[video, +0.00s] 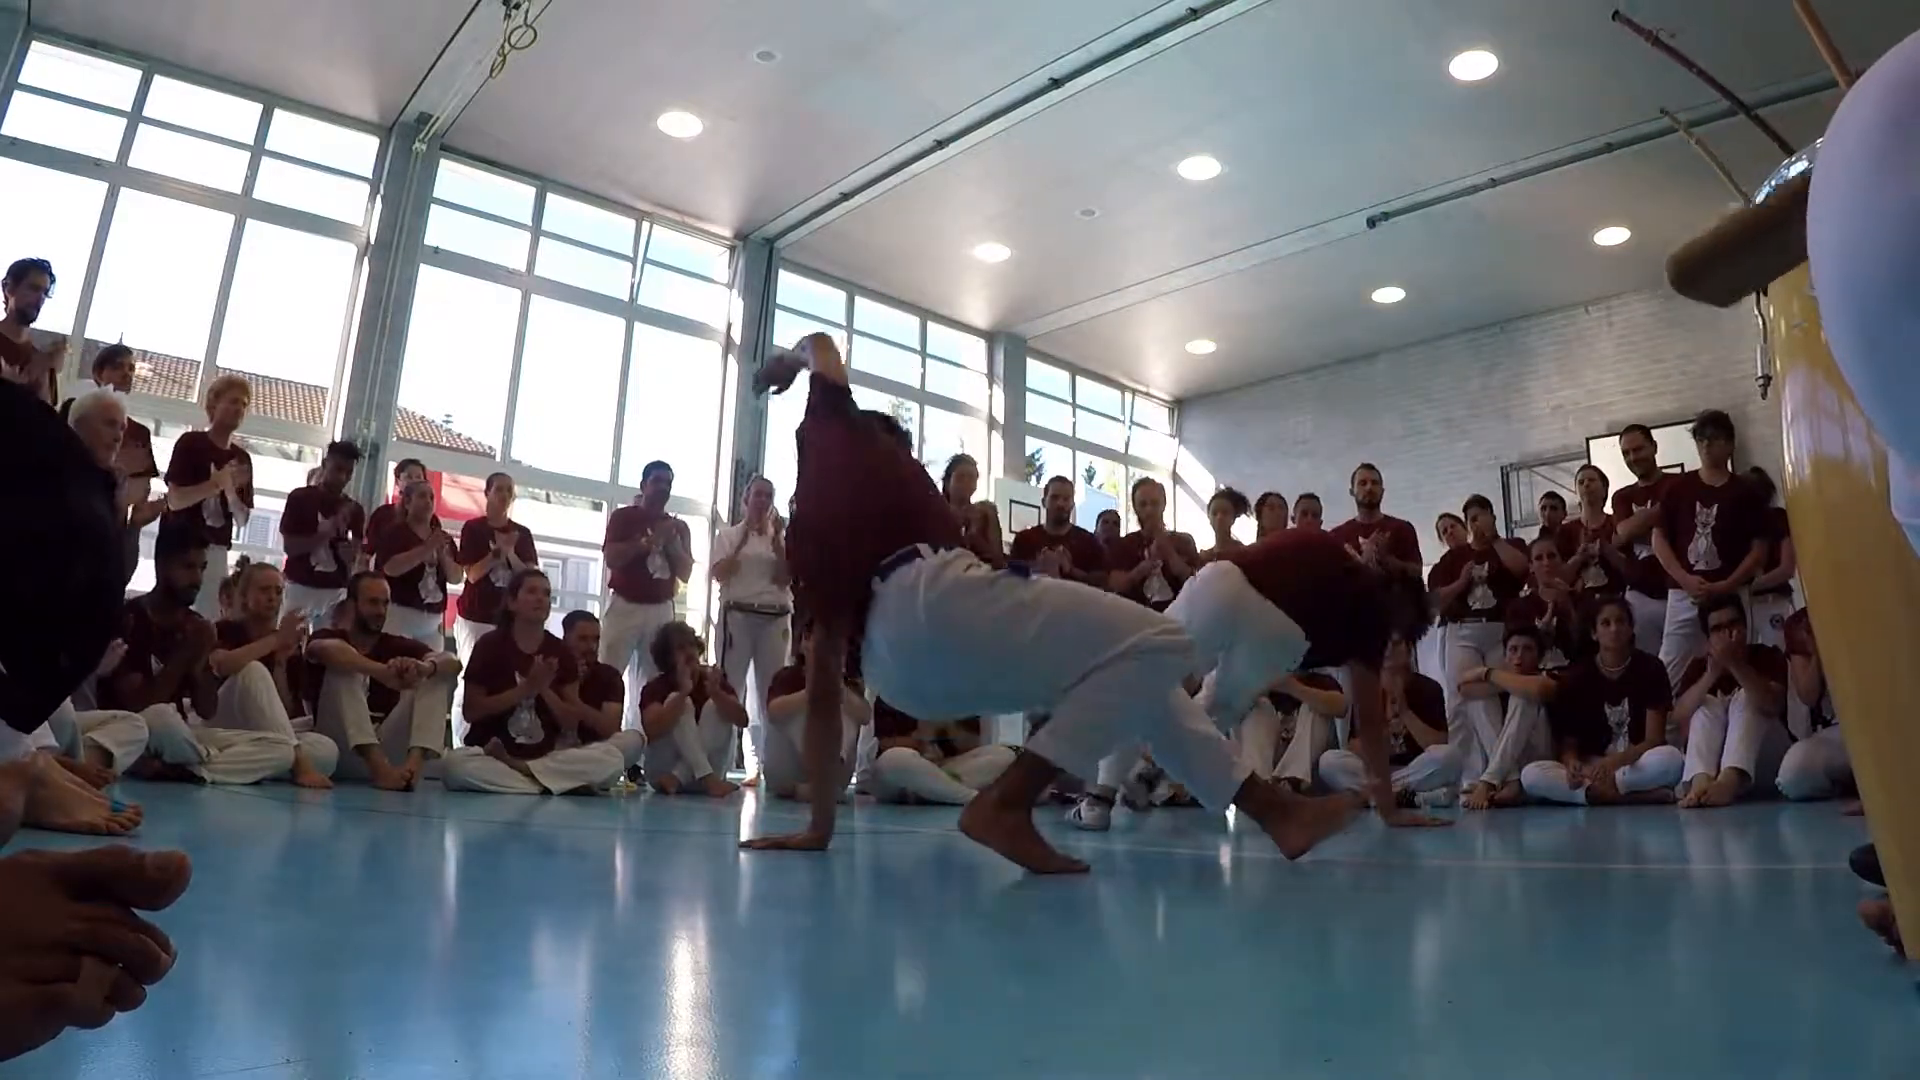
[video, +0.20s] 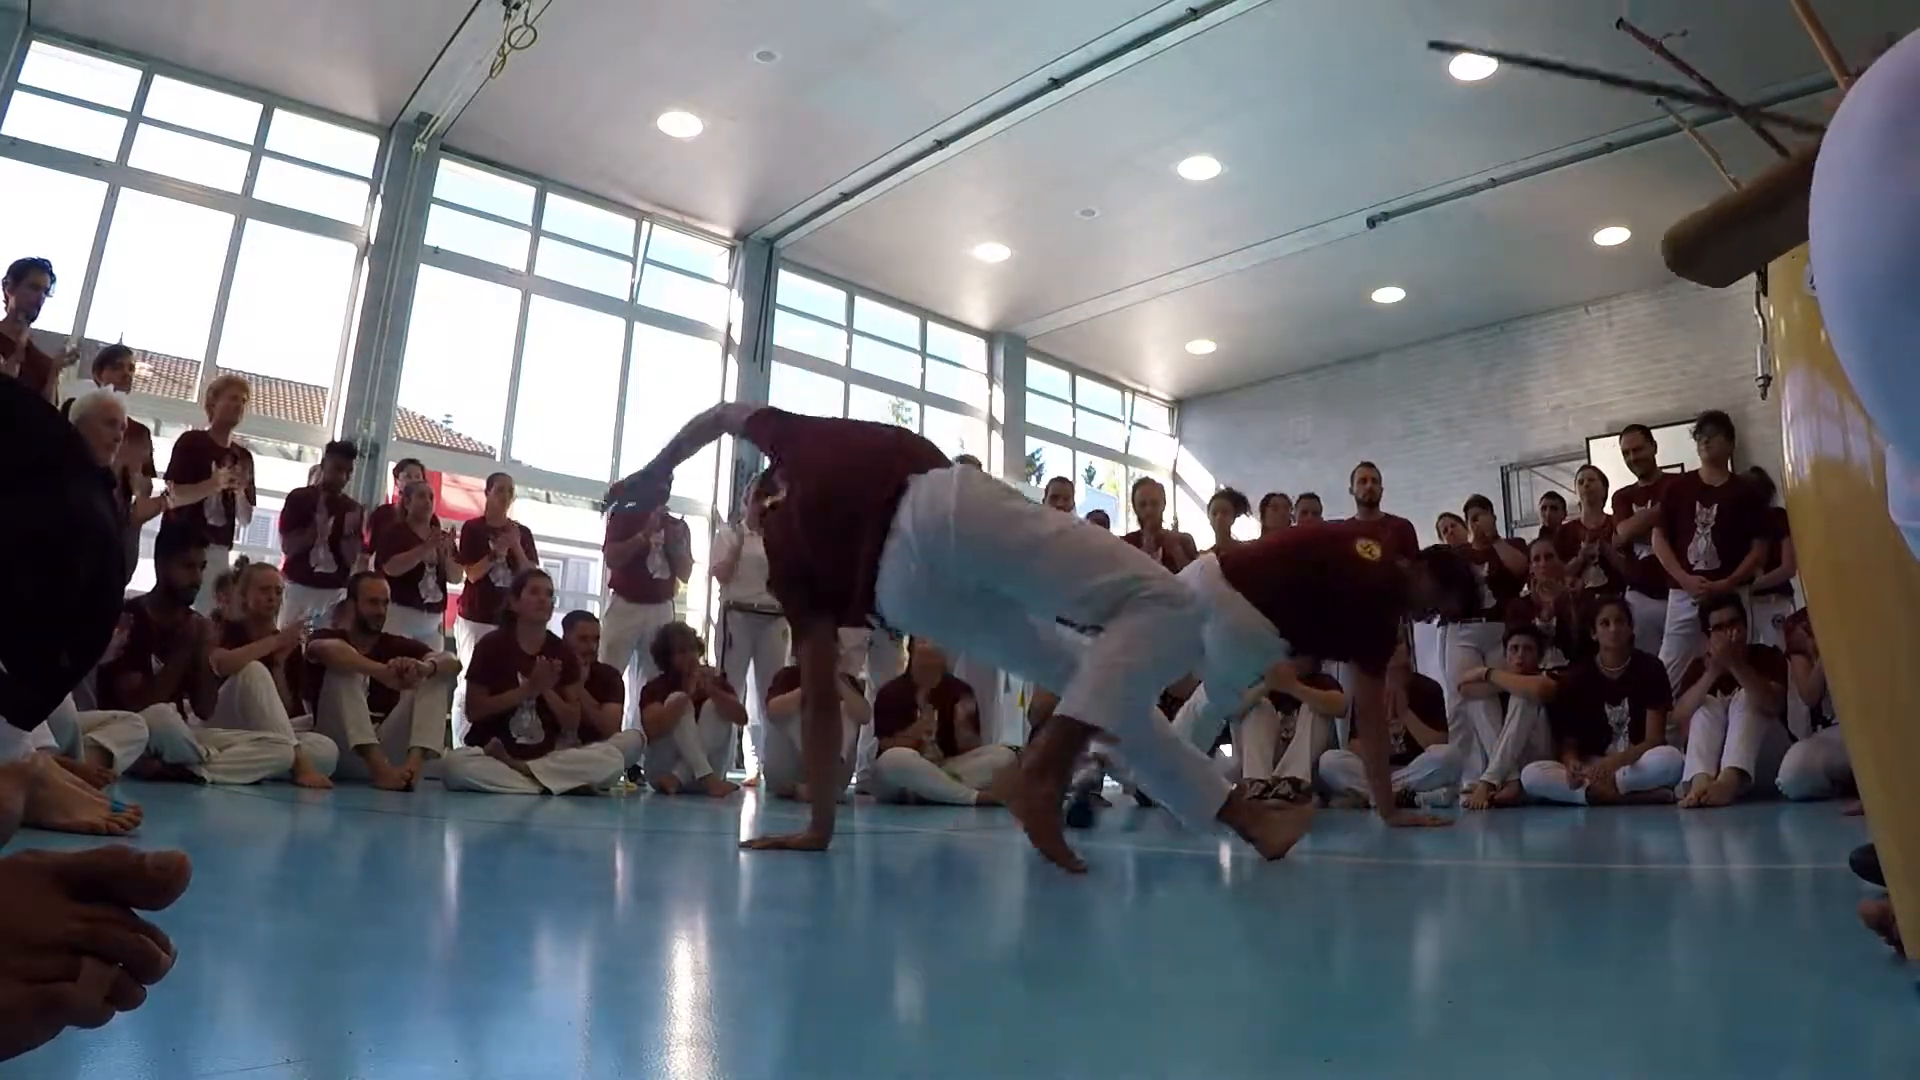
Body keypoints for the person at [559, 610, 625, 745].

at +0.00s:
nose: (591, 646)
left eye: (596, 639)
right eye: (583, 639)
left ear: (600, 640)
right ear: (565, 640)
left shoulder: (610, 675)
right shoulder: (550, 671)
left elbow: (610, 728)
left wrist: (574, 702)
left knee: (633, 738)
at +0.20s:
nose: (591, 646)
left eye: (596, 639)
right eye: (583, 639)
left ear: (600, 640)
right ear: (565, 640)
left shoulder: (609, 675)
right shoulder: (550, 673)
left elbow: (610, 729)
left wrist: (578, 690)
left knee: (634, 738)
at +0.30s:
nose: (592, 646)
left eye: (596, 639)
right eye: (583, 639)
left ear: (600, 640)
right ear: (565, 640)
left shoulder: (610, 675)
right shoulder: (550, 672)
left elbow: (609, 729)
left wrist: (578, 701)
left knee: (634, 738)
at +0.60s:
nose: (592, 647)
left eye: (596, 640)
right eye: (584, 640)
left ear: (600, 640)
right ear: (565, 640)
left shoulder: (610, 675)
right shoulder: (549, 671)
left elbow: (609, 726)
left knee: (633, 739)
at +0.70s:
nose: (592, 647)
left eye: (596, 640)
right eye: (584, 640)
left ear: (600, 640)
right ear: (565, 640)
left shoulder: (609, 675)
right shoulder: (549, 671)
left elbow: (609, 727)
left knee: (634, 739)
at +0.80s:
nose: (593, 647)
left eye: (597, 640)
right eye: (584, 640)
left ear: (600, 640)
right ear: (565, 640)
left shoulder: (609, 675)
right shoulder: (550, 672)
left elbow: (610, 728)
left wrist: (581, 695)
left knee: (634, 739)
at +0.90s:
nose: (593, 647)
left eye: (597, 640)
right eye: (584, 640)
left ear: (600, 640)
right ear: (566, 640)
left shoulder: (609, 674)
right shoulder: (551, 672)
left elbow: (611, 727)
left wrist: (584, 698)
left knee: (634, 739)